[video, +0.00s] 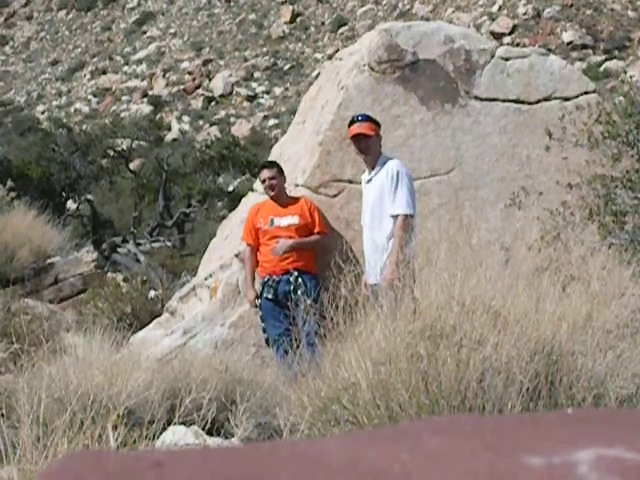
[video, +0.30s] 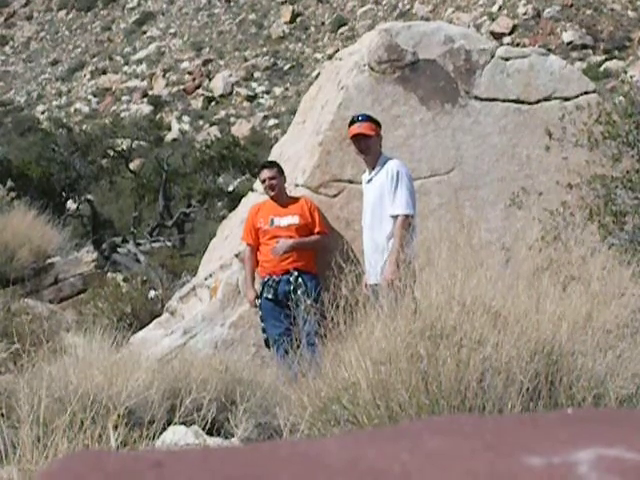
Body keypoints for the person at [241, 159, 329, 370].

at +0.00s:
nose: (269, 184)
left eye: (273, 178)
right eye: (264, 181)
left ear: (283, 178)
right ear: (261, 185)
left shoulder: (304, 205)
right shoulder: (257, 212)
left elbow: (324, 237)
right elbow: (250, 249)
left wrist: (293, 244)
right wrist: (249, 286)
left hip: (303, 277)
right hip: (271, 281)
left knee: (310, 335)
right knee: (279, 340)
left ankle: (316, 383)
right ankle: (292, 386)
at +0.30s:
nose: (269, 184)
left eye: (273, 178)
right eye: (264, 181)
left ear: (283, 178)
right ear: (261, 185)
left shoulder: (305, 205)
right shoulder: (257, 212)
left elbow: (324, 236)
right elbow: (250, 249)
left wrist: (293, 244)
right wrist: (249, 286)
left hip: (303, 278)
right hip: (271, 281)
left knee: (310, 335)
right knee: (279, 340)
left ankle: (316, 382)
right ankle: (291, 386)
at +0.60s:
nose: (269, 184)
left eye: (273, 178)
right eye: (264, 181)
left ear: (283, 178)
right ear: (261, 185)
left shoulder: (305, 205)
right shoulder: (257, 212)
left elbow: (325, 236)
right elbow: (250, 249)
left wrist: (294, 243)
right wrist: (249, 285)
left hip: (303, 277)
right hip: (271, 280)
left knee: (310, 335)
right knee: (278, 339)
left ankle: (316, 381)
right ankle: (290, 385)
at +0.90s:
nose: (269, 183)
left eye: (273, 178)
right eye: (264, 180)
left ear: (283, 178)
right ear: (261, 185)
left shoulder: (305, 205)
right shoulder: (257, 212)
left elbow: (324, 236)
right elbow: (250, 249)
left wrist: (294, 243)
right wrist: (248, 285)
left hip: (303, 277)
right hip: (271, 281)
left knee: (310, 334)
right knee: (278, 339)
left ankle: (315, 380)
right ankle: (291, 384)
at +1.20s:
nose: (269, 184)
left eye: (273, 178)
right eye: (264, 181)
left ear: (283, 178)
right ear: (261, 185)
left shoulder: (305, 205)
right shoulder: (257, 212)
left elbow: (325, 236)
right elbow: (250, 249)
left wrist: (294, 243)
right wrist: (248, 285)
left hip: (303, 277)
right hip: (271, 280)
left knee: (310, 334)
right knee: (278, 339)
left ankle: (316, 381)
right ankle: (291, 385)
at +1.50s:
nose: (269, 183)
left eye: (273, 178)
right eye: (264, 181)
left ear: (283, 178)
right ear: (261, 185)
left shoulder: (305, 205)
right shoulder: (257, 212)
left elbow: (325, 236)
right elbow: (250, 249)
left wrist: (294, 244)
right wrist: (248, 285)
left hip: (303, 277)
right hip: (271, 280)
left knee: (310, 335)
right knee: (279, 339)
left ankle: (316, 382)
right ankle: (291, 386)